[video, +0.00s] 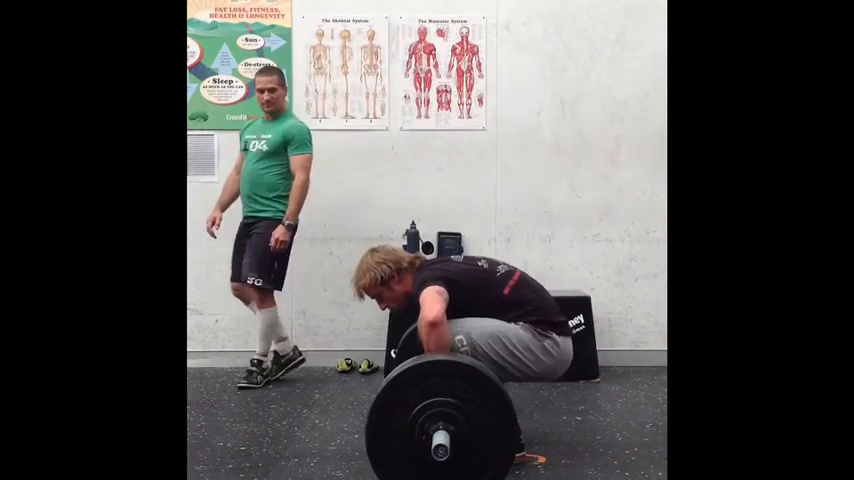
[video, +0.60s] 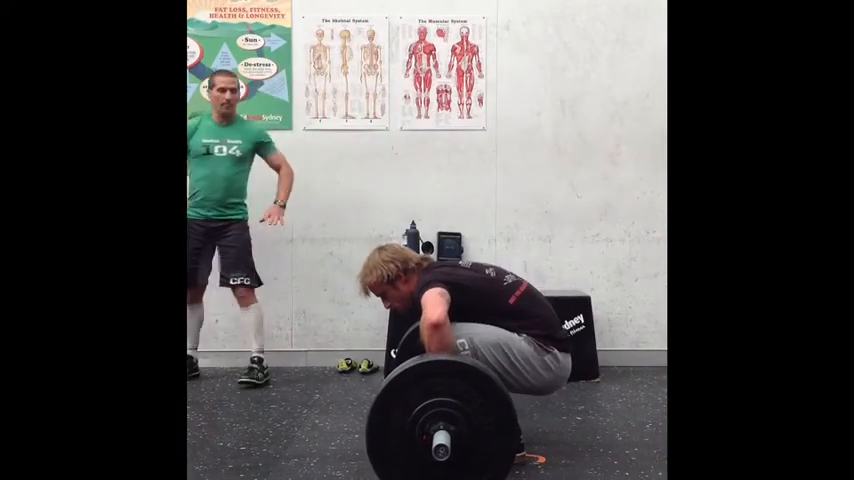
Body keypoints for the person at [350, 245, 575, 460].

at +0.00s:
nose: (383, 306)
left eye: (379, 297)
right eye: (377, 300)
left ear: (394, 279)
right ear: (397, 276)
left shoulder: (430, 275)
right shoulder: (436, 268)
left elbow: (433, 319)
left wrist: (438, 387)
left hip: (546, 343)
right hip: (545, 339)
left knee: (442, 339)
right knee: (438, 337)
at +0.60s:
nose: (387, 305)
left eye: (384, 296)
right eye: (381, 299)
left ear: (401, 279)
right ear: (403, 276)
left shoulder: (431, 278)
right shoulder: (440, 270)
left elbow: (435, 320)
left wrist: (440, 388)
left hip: (546, 357)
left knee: (444, 340)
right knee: (442, 339)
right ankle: (504, 437)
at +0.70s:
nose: (387, 306)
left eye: (385, 296)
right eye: (381, 299)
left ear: (401, 279)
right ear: (403, 277)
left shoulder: (432, 279)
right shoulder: (440, 271)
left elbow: (436, 320)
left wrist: (440, 386)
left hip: (545, 360)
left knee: (441, 340)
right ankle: (504, 437)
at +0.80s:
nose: (387, 304)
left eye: (385, 295)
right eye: (381, 298)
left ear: (401, 278)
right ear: (404, 276)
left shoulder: (433, 278)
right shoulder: (441, 270)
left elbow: (437, 320)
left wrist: (441, 386)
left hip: (545, 357)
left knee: (442, 340)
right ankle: (504, 437)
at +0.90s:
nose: (387, 303)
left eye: (385, 294)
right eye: (381, 297)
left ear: (402, 277)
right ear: (404, 275)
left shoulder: (433, 277)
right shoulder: (440, 269)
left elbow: (437, 319)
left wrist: (441, 386)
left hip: (546, 356)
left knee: (443, 340)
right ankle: (503, 437)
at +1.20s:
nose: (387, 304)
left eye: (385, 295)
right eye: (381, 297)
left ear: (402, 278)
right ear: (404, 276)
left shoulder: (434, 278)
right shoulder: (441, 271)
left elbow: (437, 319)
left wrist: (441, 385)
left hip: (546, 358)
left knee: (442, 340)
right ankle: (504, 437)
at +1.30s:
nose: (387, 304)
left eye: (385, 294)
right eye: (381, 297)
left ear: (401, 278)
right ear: (403, 276)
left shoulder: (432, 278)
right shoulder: (440, 270)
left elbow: (437, 317)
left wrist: (442, 384)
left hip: (546, 357)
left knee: (442, 339)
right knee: (438, 337)